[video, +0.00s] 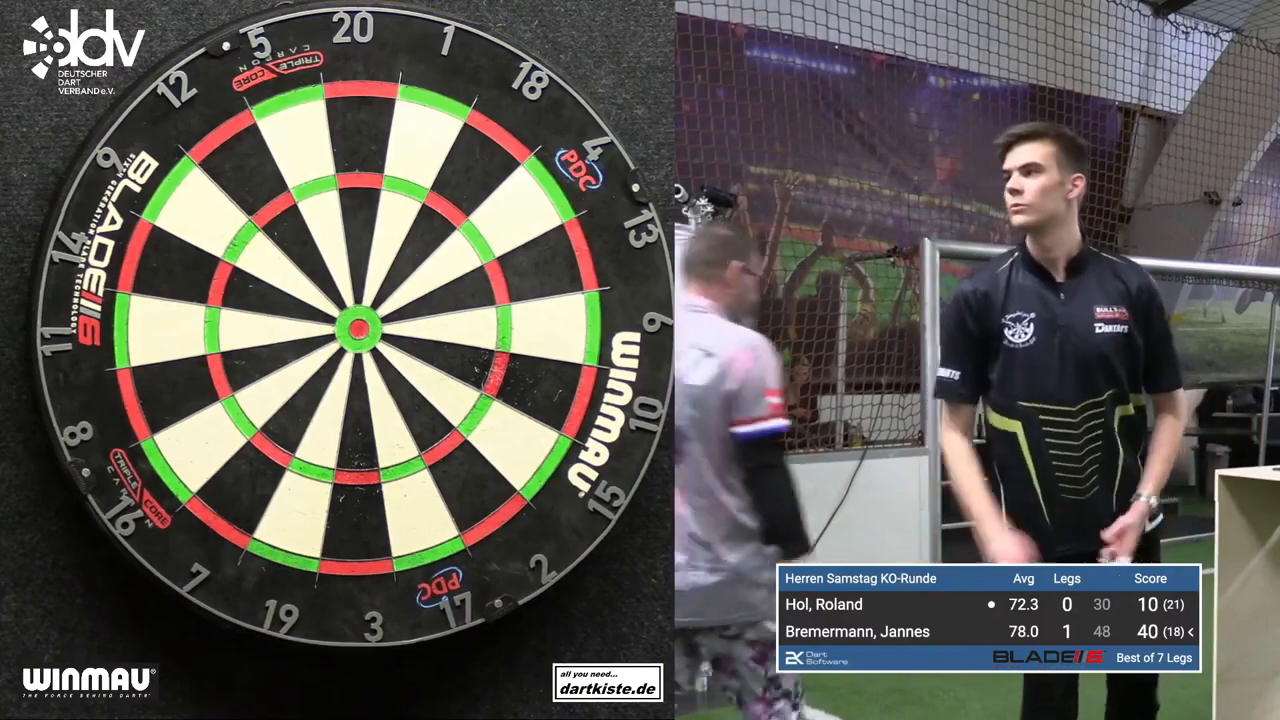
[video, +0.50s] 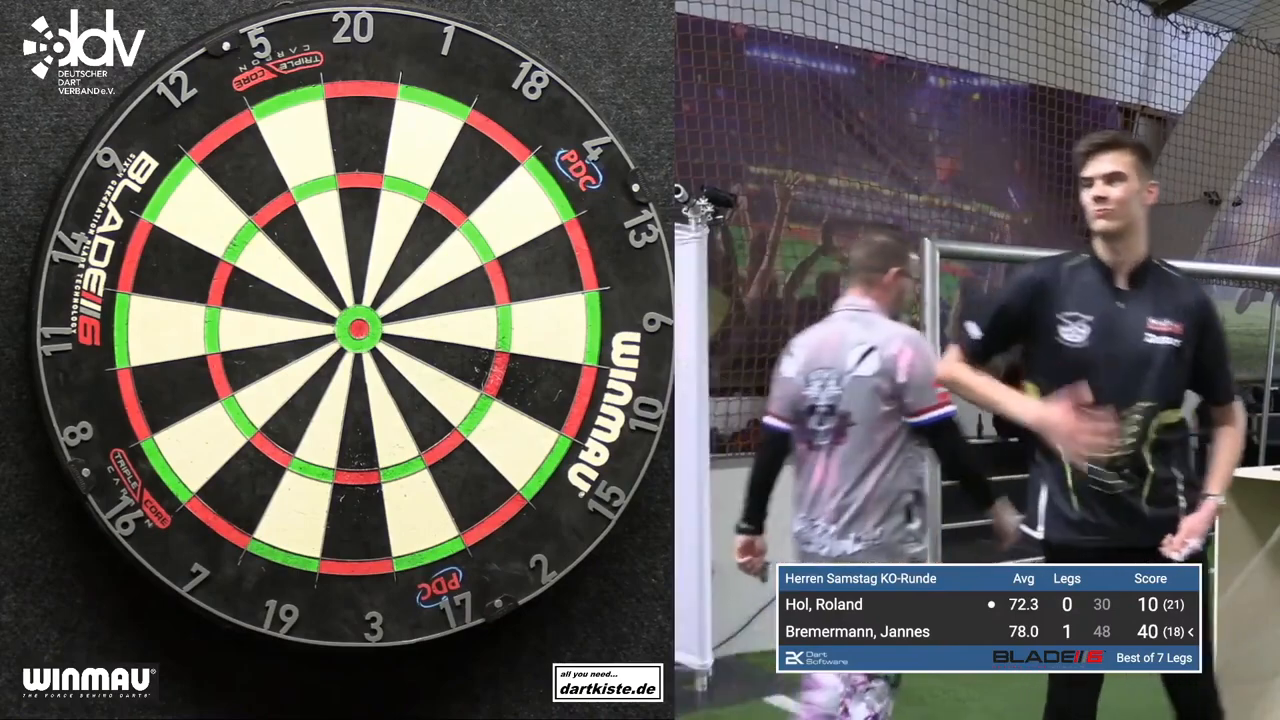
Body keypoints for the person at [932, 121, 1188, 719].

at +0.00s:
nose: (1012, 186)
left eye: (1030, 172)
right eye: (1008, 176)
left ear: (1074, 186)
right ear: (1004, 190)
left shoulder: (1131, 289)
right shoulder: (979, 299)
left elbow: (1171, 411)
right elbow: (953, 431)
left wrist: (1141, 508)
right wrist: (995, 535)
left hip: (1125, 543)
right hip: (1034, 551)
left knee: (1136, 697)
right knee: (1048, 700)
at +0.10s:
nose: (1025, 187)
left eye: (1043, 173)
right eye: (1020, 177)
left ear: (1087, 188)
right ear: (1014, 192)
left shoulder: (1138, 291)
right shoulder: (989, 294)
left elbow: (1171, 418)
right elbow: (955, 423)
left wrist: (1134, 505)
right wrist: (1035, 506)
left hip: (1126, 537)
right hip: (1034, 542)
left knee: (1133, 692)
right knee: (1048, 695)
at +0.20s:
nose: (1042, 188)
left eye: (1059, 175)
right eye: (1035, 179)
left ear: (1102, 189)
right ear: (1028, 193)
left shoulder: (1148, 295)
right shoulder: (996, 293)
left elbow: (1182, 418)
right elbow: (945, 404)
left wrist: (1148, 502)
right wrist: (1031, 454)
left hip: (1132, 537)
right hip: (1040, 538)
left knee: (1142, 695)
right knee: (1052, 696)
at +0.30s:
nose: (1058, 190)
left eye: (1075, 176)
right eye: (1049, 179)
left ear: (1114, 189)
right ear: (1042, 193)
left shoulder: (1155, 296)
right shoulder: (1002, 291)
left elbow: (1193, 415)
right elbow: (938, 386)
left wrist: (1166, 501)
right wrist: (1021, 410)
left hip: (1136, 535)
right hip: (1043, 537)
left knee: (1155, 694)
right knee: (1056, 696)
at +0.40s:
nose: (1077, 190)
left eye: (1092, 177)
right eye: (1066, 181)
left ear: (1127, 190)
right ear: (1056, 196)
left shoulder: (1163, 296)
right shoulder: (1017, 286)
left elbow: (1206, 416)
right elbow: (934, 373)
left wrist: (1182, 505)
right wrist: (1018, 384)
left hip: (1143, 534)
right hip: (1052, 535)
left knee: (1172, 695)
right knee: (1062, 695)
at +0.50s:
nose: (1100, 194)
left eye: (1115, 180)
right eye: (1090, 184)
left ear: (1149, 192)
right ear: (1080, 199)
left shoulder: (1187, 302)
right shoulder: (1044, 286)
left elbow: (1228, 417)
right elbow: (953, 367)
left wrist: (1207, 507)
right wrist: (1042, 416)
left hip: (1163, 537)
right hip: (1070, 536)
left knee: (1195, 694)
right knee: (1073, 695)